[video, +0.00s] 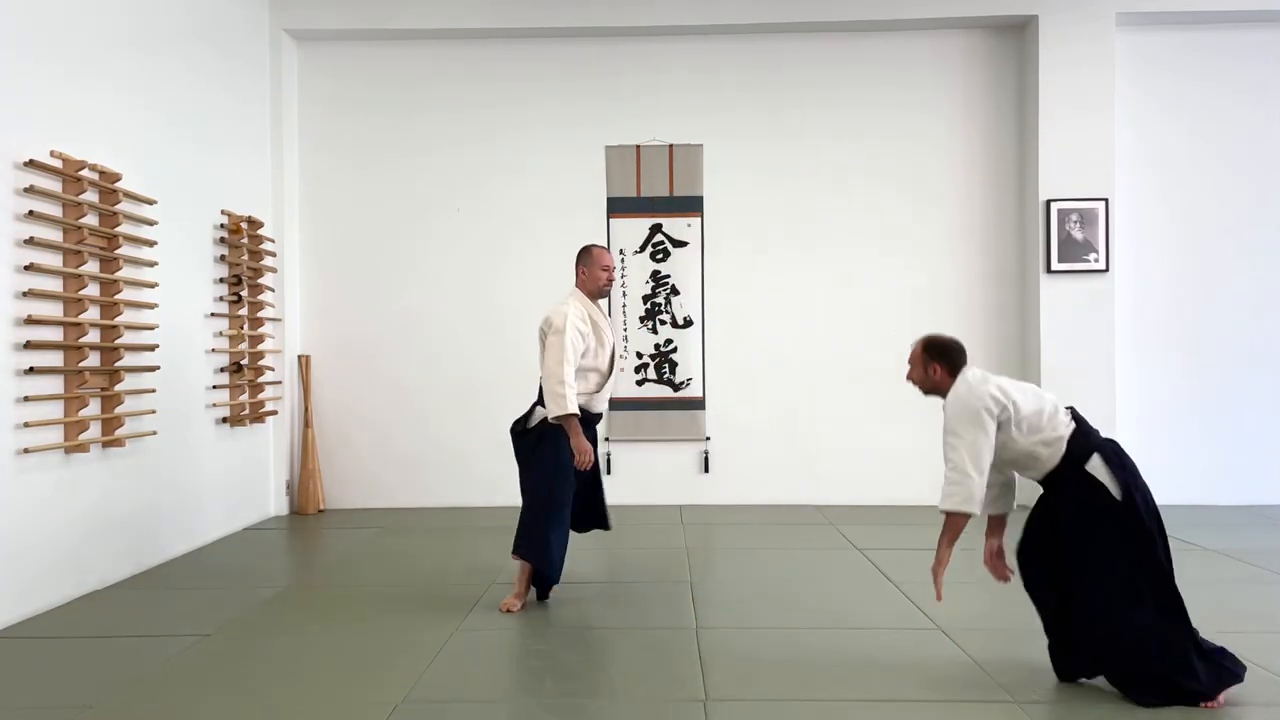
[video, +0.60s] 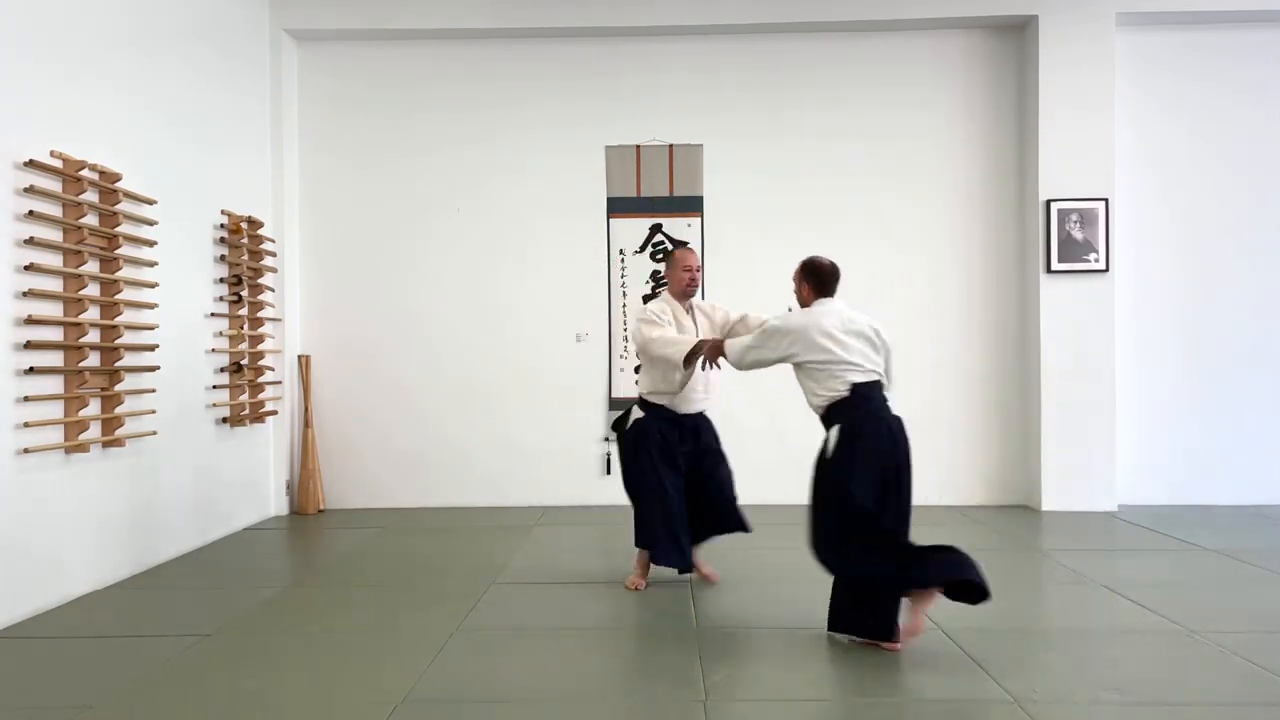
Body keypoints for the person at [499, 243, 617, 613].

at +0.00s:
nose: (612, 276)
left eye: (613, 270)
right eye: (605, 270)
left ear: (593, 274)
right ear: (583, 272)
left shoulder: (593, 315)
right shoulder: (566, 316)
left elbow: (586, 377)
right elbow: (558, 381)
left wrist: (589, 425)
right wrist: (576, 434)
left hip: (578, 425)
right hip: (555, 426)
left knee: (560, 505)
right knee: (544, 505)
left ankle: (539, 577)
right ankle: (521, 590)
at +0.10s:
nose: (618, 281)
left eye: (619, 275)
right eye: (612, 275)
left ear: (595, 279)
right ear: (589, 277)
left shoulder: (591, 315)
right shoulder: (579, 319)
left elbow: (581, 381)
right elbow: (570, 385)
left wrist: (591, 429)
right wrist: (585, 440)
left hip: (570, 426)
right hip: (570, 430)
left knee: (556, 496)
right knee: (578, 504)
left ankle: (522, 555)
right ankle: (531, 585)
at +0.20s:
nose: (630, 290)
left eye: (630, 284)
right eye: (623, 284)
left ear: (605, 289)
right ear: (601, 287)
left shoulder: (595, 322)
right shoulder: (595, 330)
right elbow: (589, 399)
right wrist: (605, 451)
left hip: (564, 429)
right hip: (579, 433)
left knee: (550, 494)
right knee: (606, 507)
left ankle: (520, 556)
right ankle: (557, 579)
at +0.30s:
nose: (644, 295)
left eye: (645, 289)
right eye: (638, 289)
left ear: (622, 294)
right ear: (616, 293)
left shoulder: (614, 329)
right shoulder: (603, 334)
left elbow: (609, 390)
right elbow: (609, 402)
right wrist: (648, 447)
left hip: (581, 429)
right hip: (587, 436)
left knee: (556, 496)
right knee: (628, 494)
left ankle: (520, 558)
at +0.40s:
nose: (655, 287)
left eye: (656, 281)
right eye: (648, 281)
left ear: (654, 285)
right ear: (627, 285)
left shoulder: (643, 326)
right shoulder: (615, 328)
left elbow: (644, 383)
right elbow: (632, 389)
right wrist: (687, 415)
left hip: (624, 430)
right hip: (610, 433)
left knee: (582, 491)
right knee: (647, 500)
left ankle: (533, 540)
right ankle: (641, 563)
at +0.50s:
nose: (671, 279)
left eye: (673, 273)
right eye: (663, 273)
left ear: (673, 276)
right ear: (644, 278)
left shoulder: (675, 320)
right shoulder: (627, 321)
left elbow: (702, 352)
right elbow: (648, 366)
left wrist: (726, 373)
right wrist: (704, 375)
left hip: (662, 425)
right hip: (632, 423)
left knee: (653, 496)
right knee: (655, 497)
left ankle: (595, 524)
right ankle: (642, 570)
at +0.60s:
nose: (694, 276)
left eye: (697, 270)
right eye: (686, 270)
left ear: (701, 274)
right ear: (667, 274)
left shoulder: (708, 314)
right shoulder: (653, 312)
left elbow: (745, 324)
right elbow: (650, 342)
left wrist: (786, 326)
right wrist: (695, 348)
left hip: (695, 421)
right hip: (655, 422)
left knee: (716, 494)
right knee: (655, 497)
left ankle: (690, 549)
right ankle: (642, 562)